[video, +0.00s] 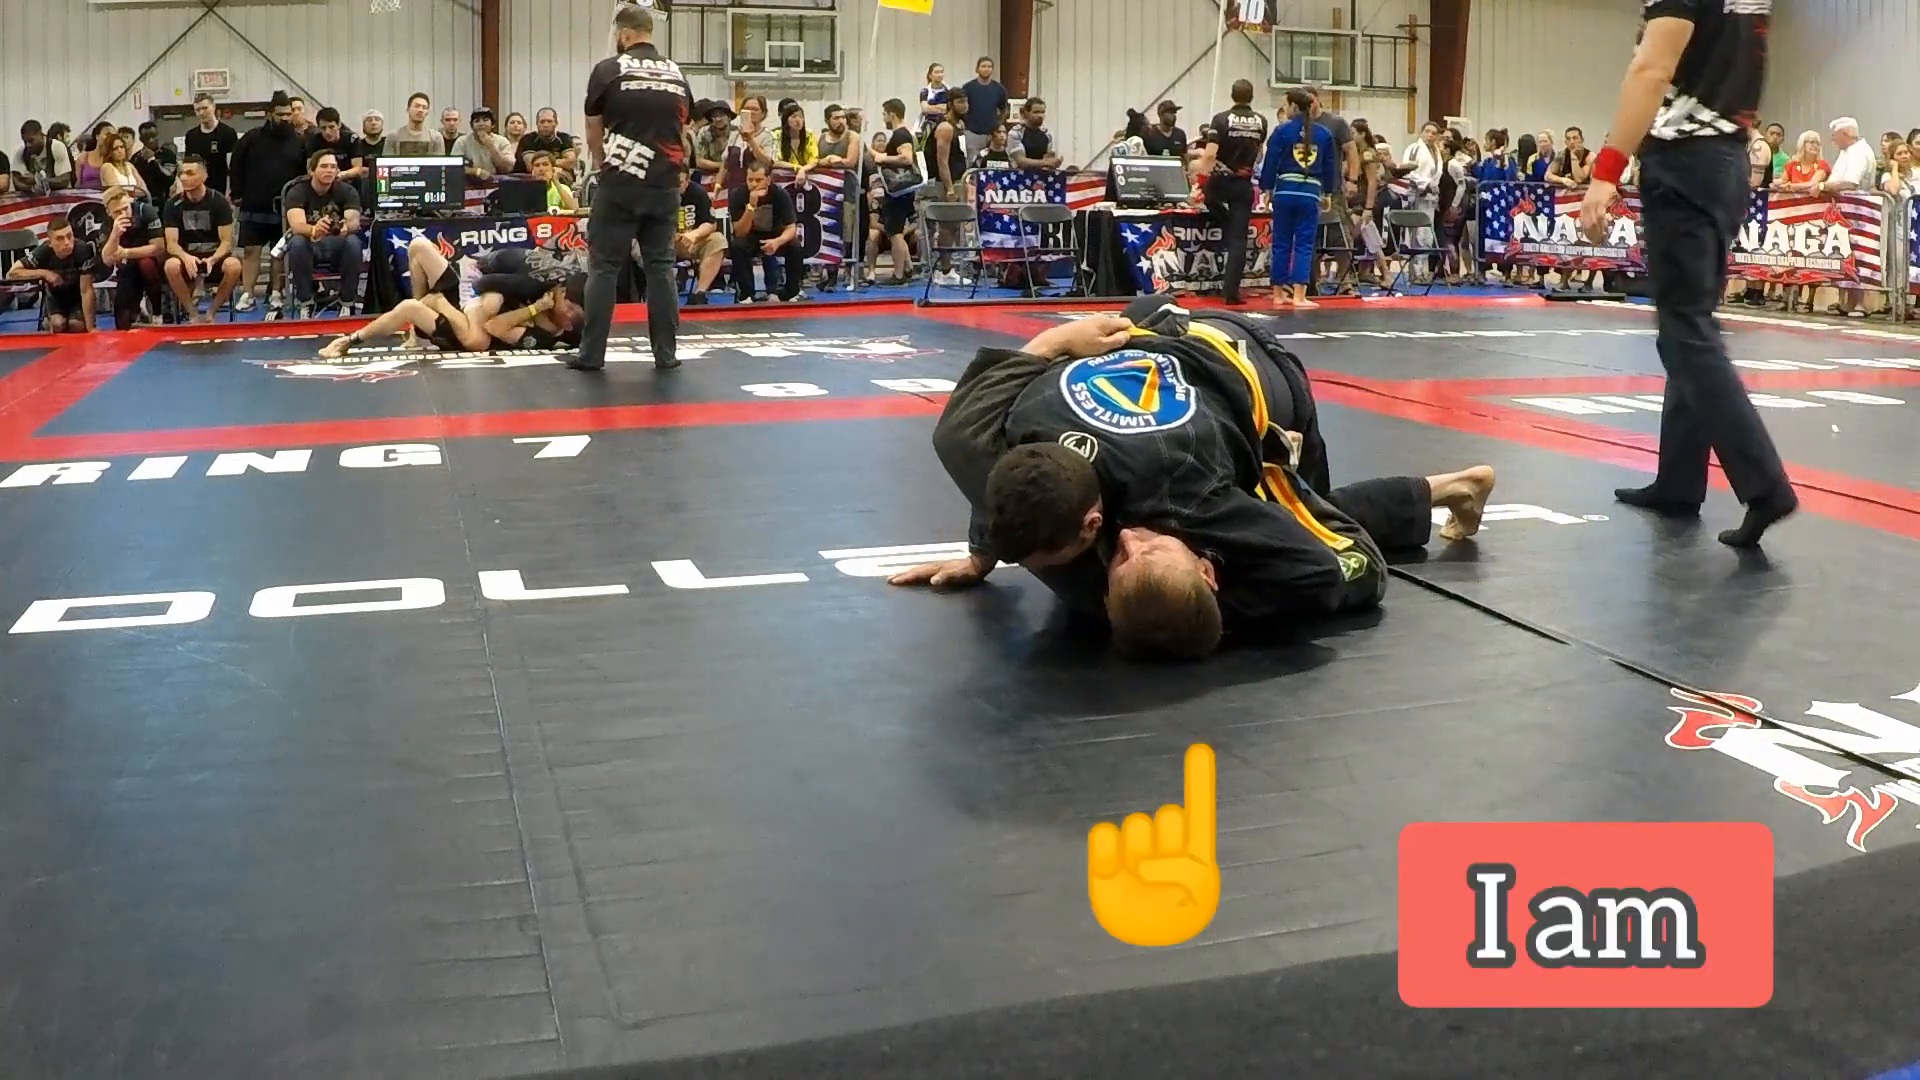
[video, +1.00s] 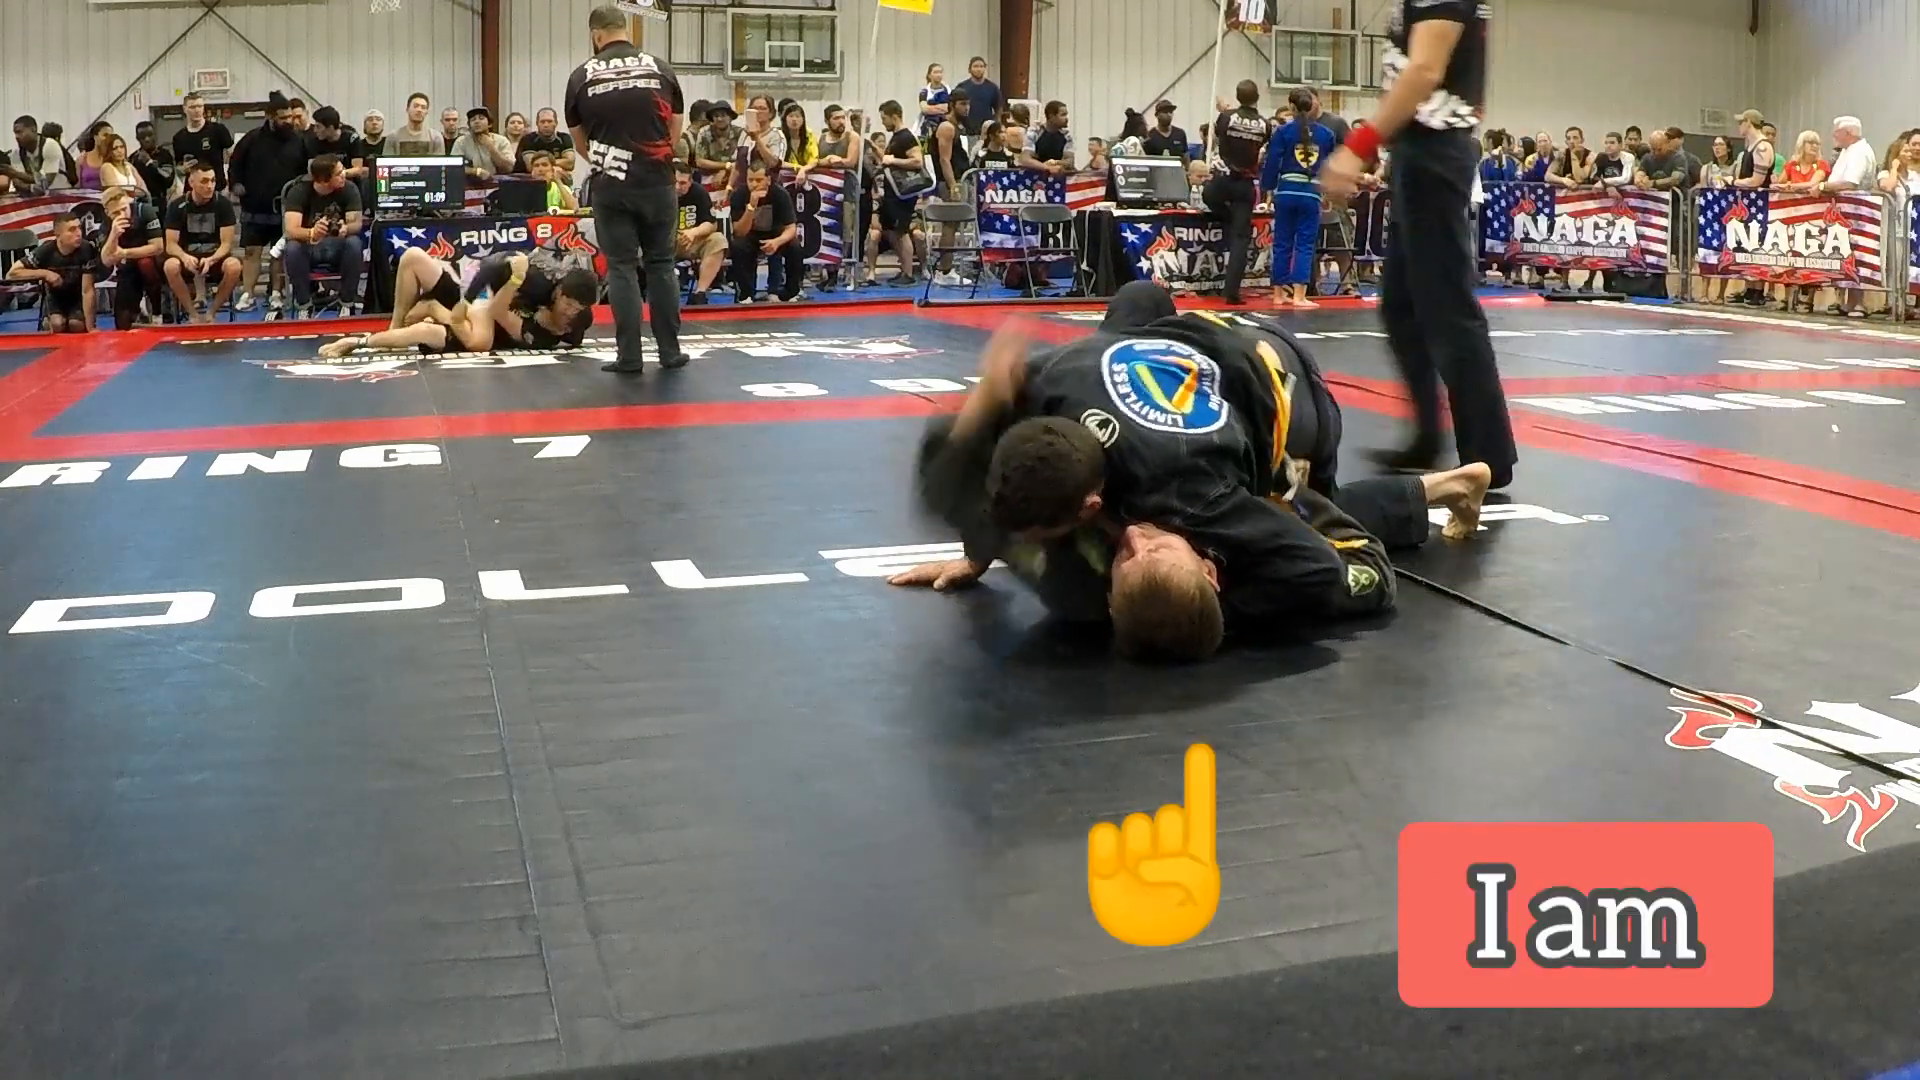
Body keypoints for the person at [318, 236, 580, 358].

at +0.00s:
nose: (566, 315)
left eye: (570, 319)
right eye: (570, 313)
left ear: (563, 326)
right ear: (562, 303)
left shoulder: (537, 332)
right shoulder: (532, 294)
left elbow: (492, 327)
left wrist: (534, 309)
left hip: (468, 331)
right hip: (468, 292)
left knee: (409, 306)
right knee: (419, 247)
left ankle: (348, 341)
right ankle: (419, 326)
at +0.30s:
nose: (565, 310)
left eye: (571, 312)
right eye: (570, 306)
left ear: (571, 324)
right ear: (566, 299)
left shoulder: (545, 336)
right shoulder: (545, 306)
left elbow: (496, 322)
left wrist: (528, 308)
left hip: (473, 332)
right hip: (470, 307)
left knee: (414, 315)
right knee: (426, 253)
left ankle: (349, 342)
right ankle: (399, 323)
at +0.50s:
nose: (575, 314)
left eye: (583, 313)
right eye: (579, 307)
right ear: (569, 289)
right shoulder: (546, 273)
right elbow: (514, 252)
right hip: (480, 273)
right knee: (480, 341)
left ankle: (432, 308)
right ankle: (433, 309)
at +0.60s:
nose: (575, 309)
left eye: (581, 308)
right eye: (577, 303)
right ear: (570, 290)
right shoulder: (540, 268)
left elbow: (566, 339)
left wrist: (541, 315)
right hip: (477, 273)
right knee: (480, 343)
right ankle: (432, 311)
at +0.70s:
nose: (577, 306)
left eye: (581, 305)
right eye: (580, 302)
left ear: (574, 290)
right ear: (575, 289)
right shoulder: (546, 278)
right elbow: (500, 296)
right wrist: (518, 291)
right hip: (477, 275)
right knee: (479, 342)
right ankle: (432, 311)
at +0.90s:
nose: (577, 310)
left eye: (585, 306)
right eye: (575, 302)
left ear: (591, 305)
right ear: (565, 289)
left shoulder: (580, 318)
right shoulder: (544, 279)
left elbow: (505, 329)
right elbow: (500, 322)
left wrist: (521, 281)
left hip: (485, 323)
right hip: (480, 274)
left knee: (427, 330)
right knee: (410, 256)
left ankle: (354, 344)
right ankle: (395, 330)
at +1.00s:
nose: (574, 315)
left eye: (580, 311)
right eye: (570, 308)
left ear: (587, 307)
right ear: (558, 294)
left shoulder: (582, 318)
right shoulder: (536, 281)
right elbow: (494, 311)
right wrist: (529, 336)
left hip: (496, 325)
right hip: (483, 285)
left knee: (427, 333)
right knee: (412, 258)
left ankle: (355, 343)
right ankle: (396, 329)